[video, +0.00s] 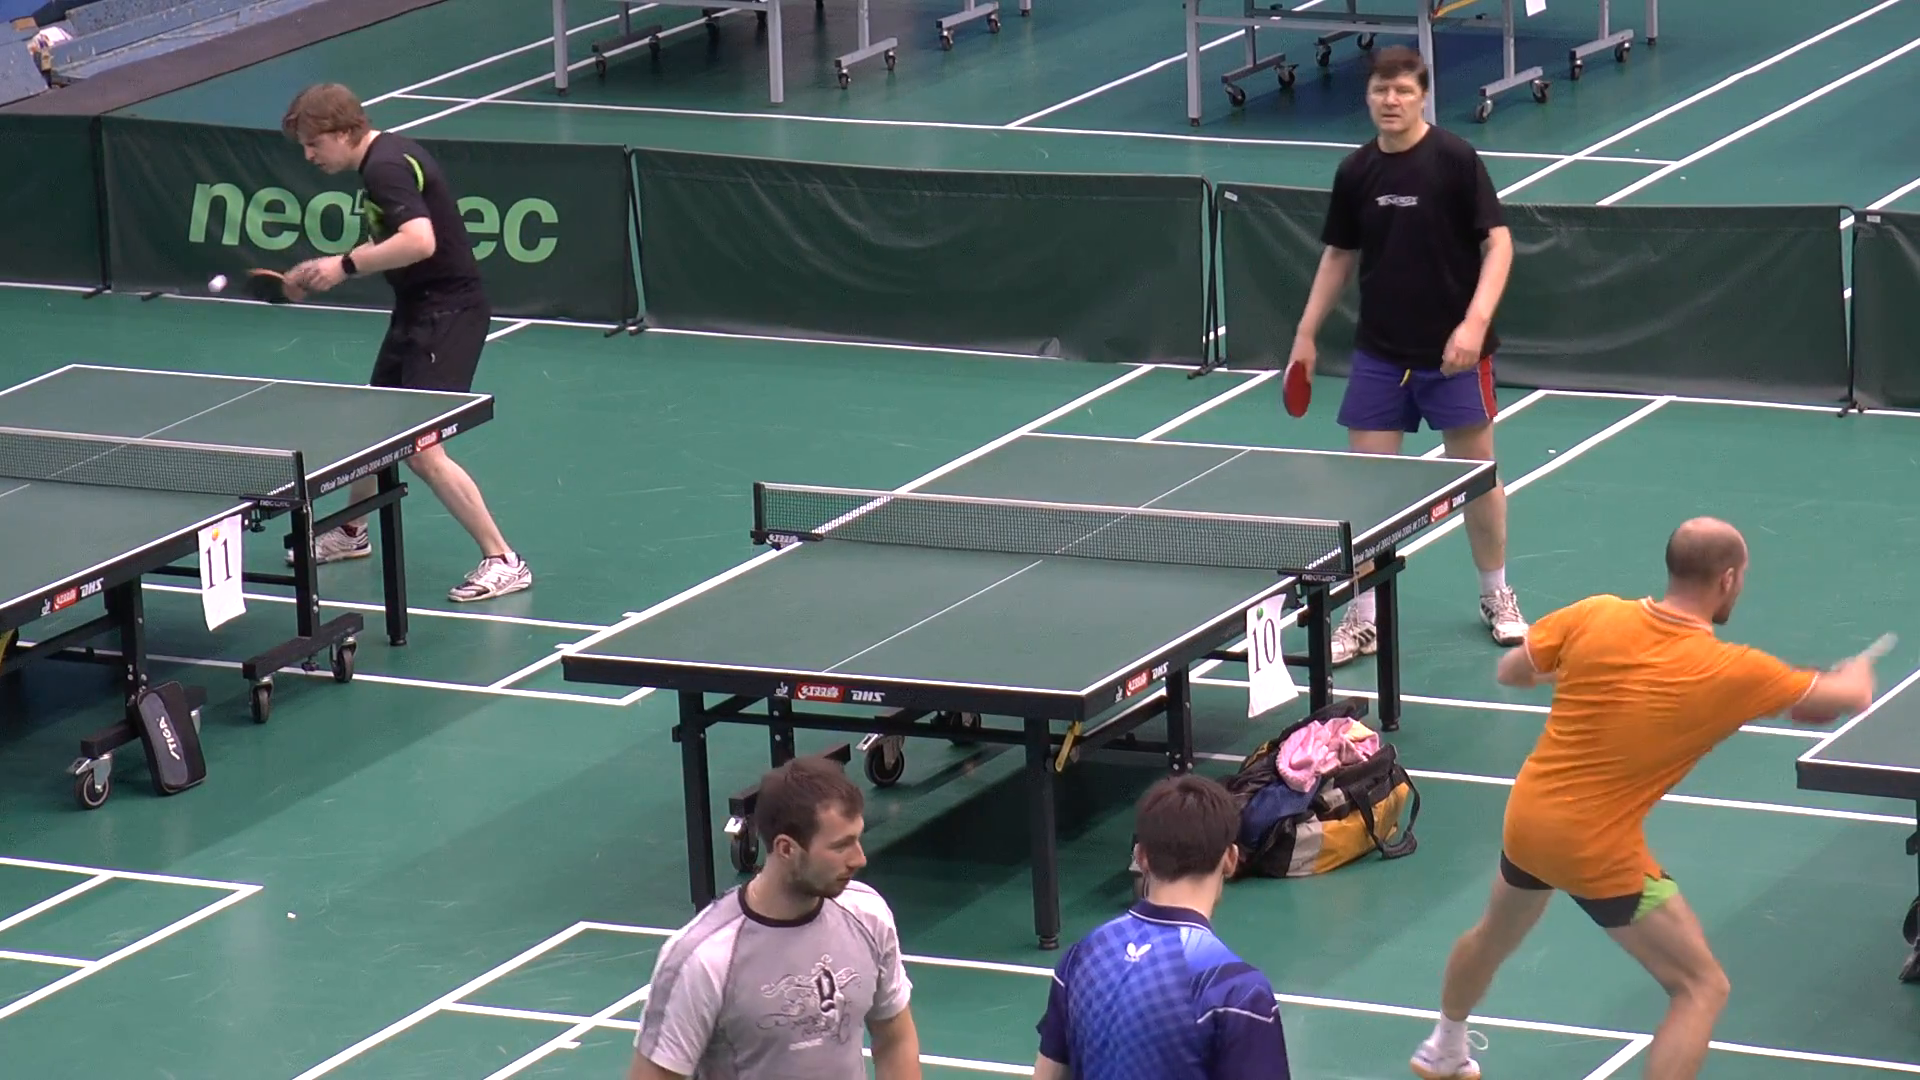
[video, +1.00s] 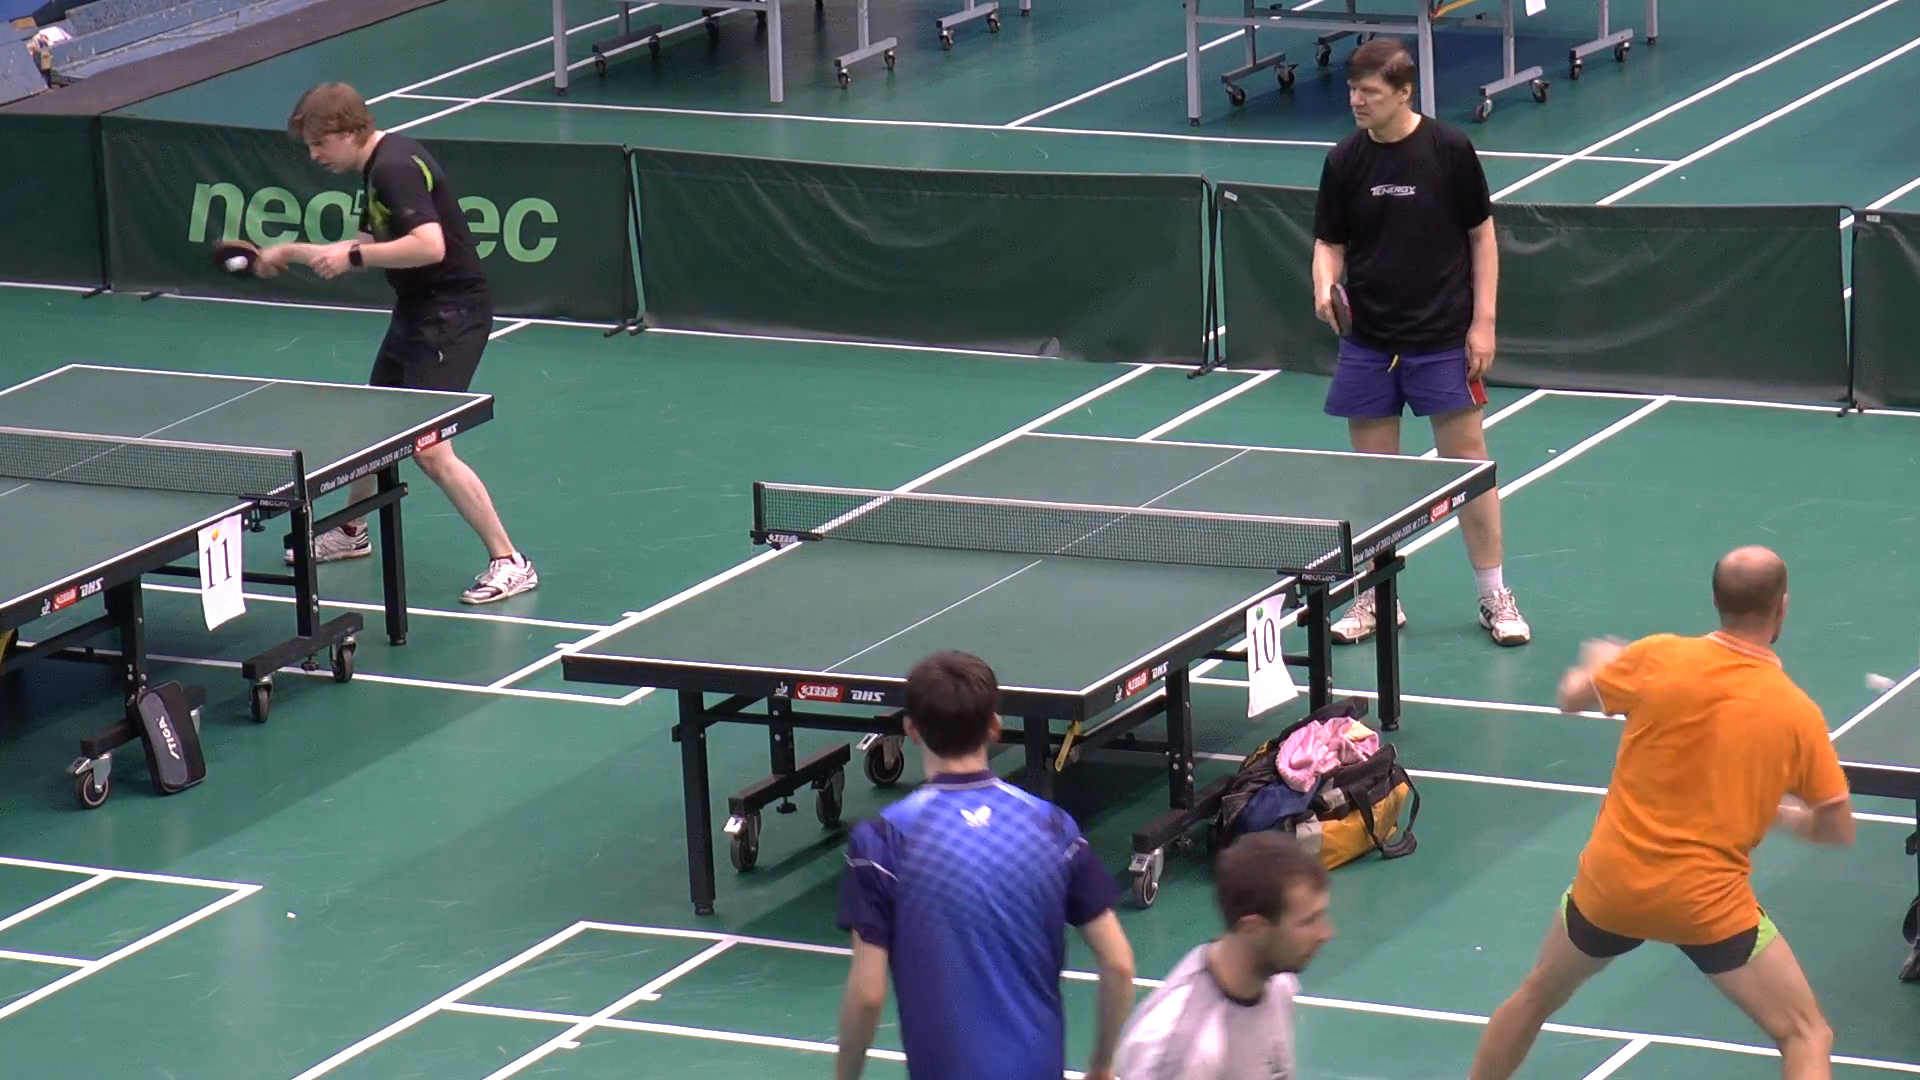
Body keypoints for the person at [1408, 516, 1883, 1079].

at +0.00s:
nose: (1742, 583)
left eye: (1744, 571)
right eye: (1742, 572)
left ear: (1670, 566)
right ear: (1726, 580)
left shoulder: (1597, 615)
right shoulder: (1732, 668)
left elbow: (1511, 670)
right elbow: (1848, 696)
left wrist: (1576, 653)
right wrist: (1858, 667)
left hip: (1526, 818)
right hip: (1597, 847)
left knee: (1493, 931)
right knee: (1701, 988)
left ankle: (1443, 1046)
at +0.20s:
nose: (1731, 545)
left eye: (1726, 535)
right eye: (1729, 537)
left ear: (1658, 548)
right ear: (1719, 551)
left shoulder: (1593, 604)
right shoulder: (1738, 643)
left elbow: (1495, 680)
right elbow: (1845, 706)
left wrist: (1484, 721)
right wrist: (1821, 674)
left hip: (1547, 826)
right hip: (1630, 844)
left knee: (1532, 953)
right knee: (1731, 981)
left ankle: (1487, 1072)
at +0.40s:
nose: (1709, 600)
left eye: (1706, 590)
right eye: (1707, 592)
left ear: (1635, 606)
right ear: (1696, 608)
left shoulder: (1583, 679)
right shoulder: (1729, 700)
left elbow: (1502, 774)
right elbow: (1818, 792)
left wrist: (1510, 816)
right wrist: (1773, 790)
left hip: (1582, 902)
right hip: (1673, 911)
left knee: (1538, 976)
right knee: (1755, 1054)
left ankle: (1491, 1074)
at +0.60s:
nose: (1735, 588)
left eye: (1733, 578)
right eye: (1733, 581)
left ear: (1663, 593)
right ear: (1722, 596)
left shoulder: (1602, 657)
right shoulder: (1743, 687)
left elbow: (1542, 765)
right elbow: (1823, 805)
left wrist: (1578, 809)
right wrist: (1802, 805)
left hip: (1580, 881)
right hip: (1671, 892)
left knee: (1534, 974)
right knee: (1786, 1017)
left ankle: (1475, 1074)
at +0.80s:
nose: (1783, 622)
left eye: (1780, 612)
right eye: (1781, 614)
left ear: (1709, 625)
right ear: (1772, 631)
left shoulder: (1651, 678)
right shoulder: (1771, 736)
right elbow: (1829, 861)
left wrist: (1761, 806)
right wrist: (1797, 863)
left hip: (1589, 894)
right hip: (1671, 914)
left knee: (1548, 990)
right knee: (1810, 1030)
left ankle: (1476, 1075)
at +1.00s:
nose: (1786, 599)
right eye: (1786, 592)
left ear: (1716, 599)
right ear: (1781, 604)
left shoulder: (1658, 657)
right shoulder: (1797, 712)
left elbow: (1570, 698)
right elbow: (1837, 830)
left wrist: (1594, 664)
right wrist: (1774, 805)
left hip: (1610, 883)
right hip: (1706, 900)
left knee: (1534, 997)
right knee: (1805, 1033)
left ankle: (1479, 1076)